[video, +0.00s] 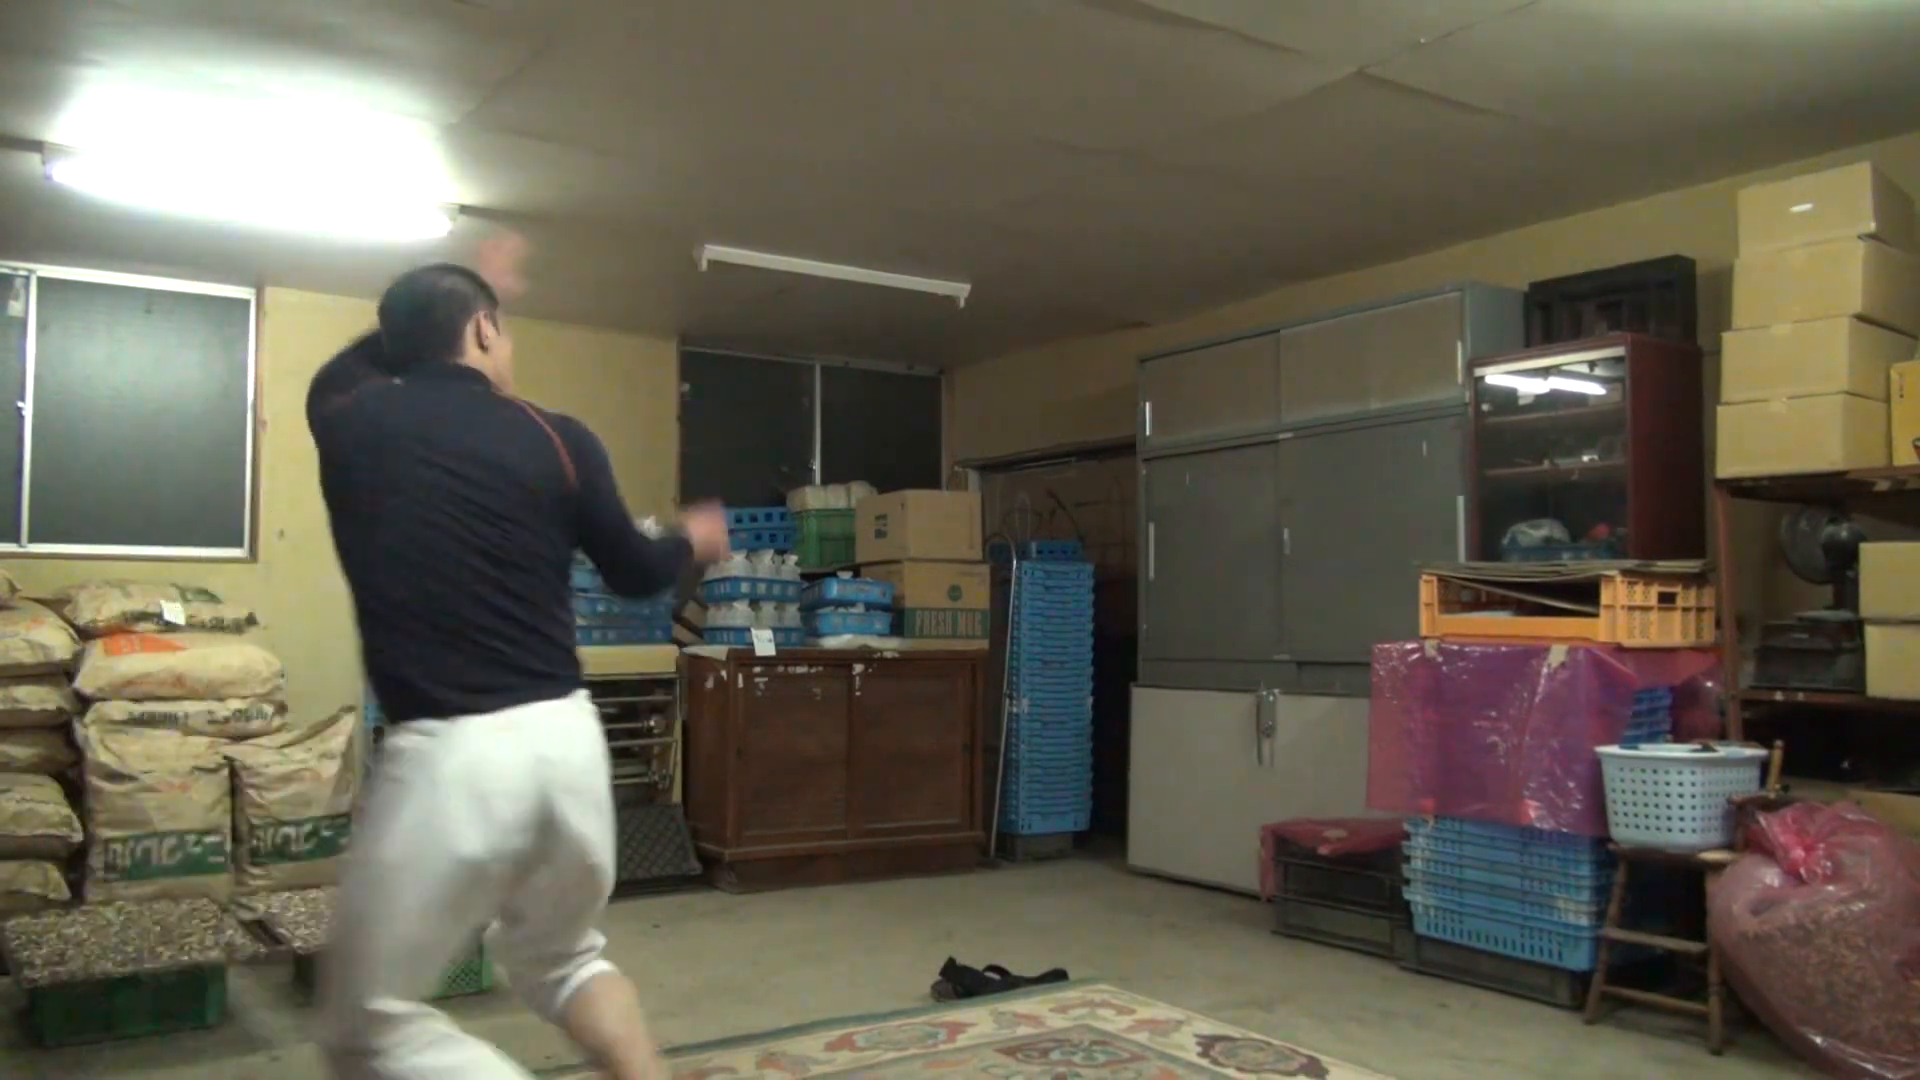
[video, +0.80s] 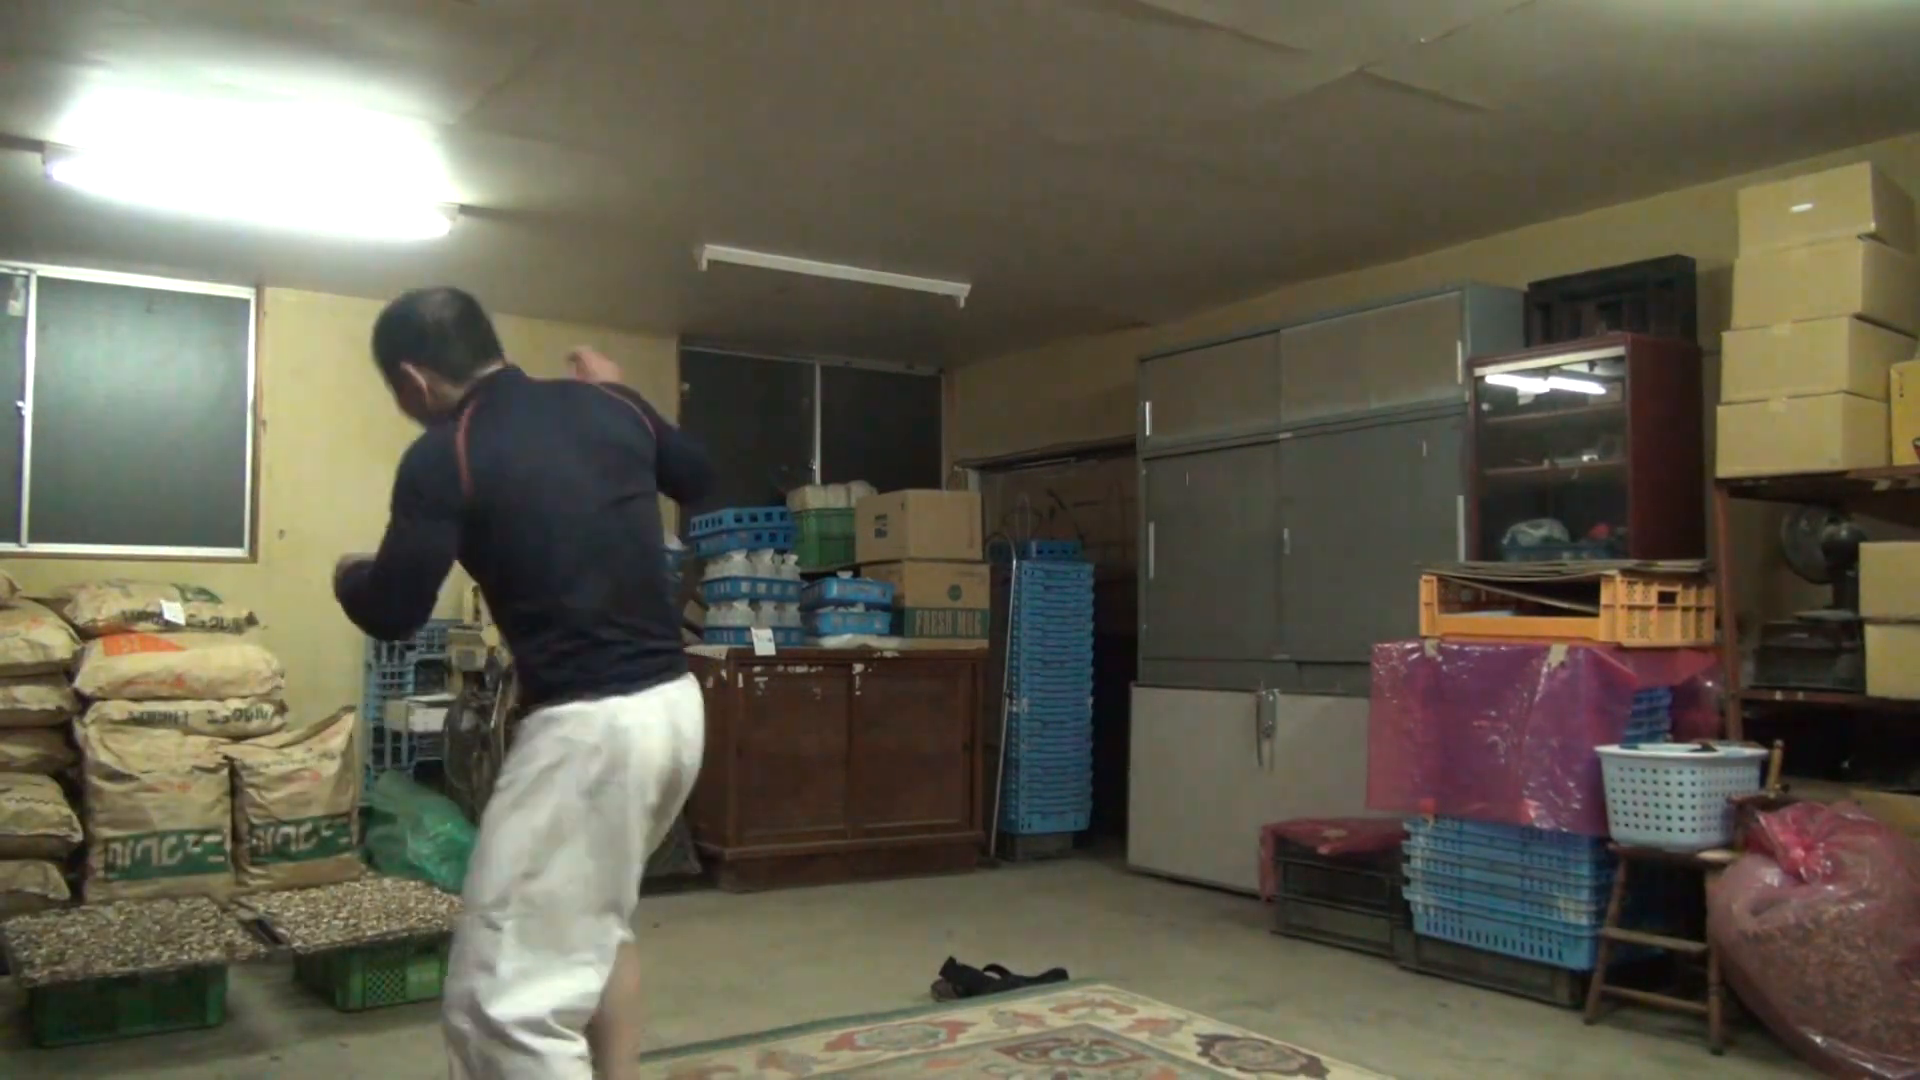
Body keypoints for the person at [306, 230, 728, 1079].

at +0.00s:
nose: (505, 346)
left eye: (498, 328)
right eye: (499, 328)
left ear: (398, 343)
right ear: (478, 334)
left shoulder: (349, 422)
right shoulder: (557, 441)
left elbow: (365, 357)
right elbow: (634, 569)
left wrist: (459, 288)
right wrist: (691, 541)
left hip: (444, 756)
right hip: (566, 738)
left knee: (369, 1020)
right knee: (563, 954)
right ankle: (647, 1069)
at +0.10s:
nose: (367, 426)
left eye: (364, 412)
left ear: (375, 417)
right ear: (462, 387)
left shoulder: (394, 480)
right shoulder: (567, 456)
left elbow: (290, 470)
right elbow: (668, 509)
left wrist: (344, 377)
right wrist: (630, 410)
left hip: (567, 787)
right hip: (645, 760)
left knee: (424, 1029)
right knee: (588, 967)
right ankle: (780, 1056)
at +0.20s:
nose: (384, 560)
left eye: (378, 544)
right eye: (373, 551)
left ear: (408, 508)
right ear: (430, 481)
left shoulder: (450, 553)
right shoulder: (561, 484)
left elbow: (315, 627)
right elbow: (621, 462)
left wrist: (289, 563)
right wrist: (512, 413)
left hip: (647, 806)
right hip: (690, 792)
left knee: (487, 1003)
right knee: (642, 982)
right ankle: (764, 1046)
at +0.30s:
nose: (415, 642)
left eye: (406, 626)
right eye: (399, 631)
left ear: (450, 583)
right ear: (457, 565)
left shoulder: (514, 621)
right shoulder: (544, 531)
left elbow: (388, 715)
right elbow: (542, 502)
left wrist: (313, 663)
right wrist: (449, 495)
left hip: (706, 812)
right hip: (702, 804)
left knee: (548, 970)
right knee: (648, 1016)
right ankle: (775, 1045)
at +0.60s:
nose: (423, 552)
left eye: (415, 535)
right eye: (411, 539)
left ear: (449, 502)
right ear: (475, 474)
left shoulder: (531, 530)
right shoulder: (586, 482)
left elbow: (420, 660)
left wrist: (336, 608)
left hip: (672, 775)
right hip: (700, 762)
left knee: (527, 981)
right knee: (623, 943)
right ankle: (754, 1040)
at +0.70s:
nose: (401, 475)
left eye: (392, 458)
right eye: (389, 461)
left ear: (425, 430)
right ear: (477, 399)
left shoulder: (480, 484)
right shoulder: (587, 433)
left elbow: (398, 627)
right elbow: (665, 473)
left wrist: (341, 569)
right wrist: (556, 419)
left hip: (636, 743)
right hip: (691, 727)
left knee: (513, 992)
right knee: (619, 922)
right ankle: (715, 1063)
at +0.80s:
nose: (400, 406)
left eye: (395, 389)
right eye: (393, 390)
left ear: (416, 379)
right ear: (496, 350)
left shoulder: (445, 454)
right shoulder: (606, 408)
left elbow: (395, 612)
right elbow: (700, 479)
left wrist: (352, 574)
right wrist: (623, 393)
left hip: (585, 729)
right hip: (675, 710)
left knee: (501, 1002)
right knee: (604, 931)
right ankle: (616, 1068)